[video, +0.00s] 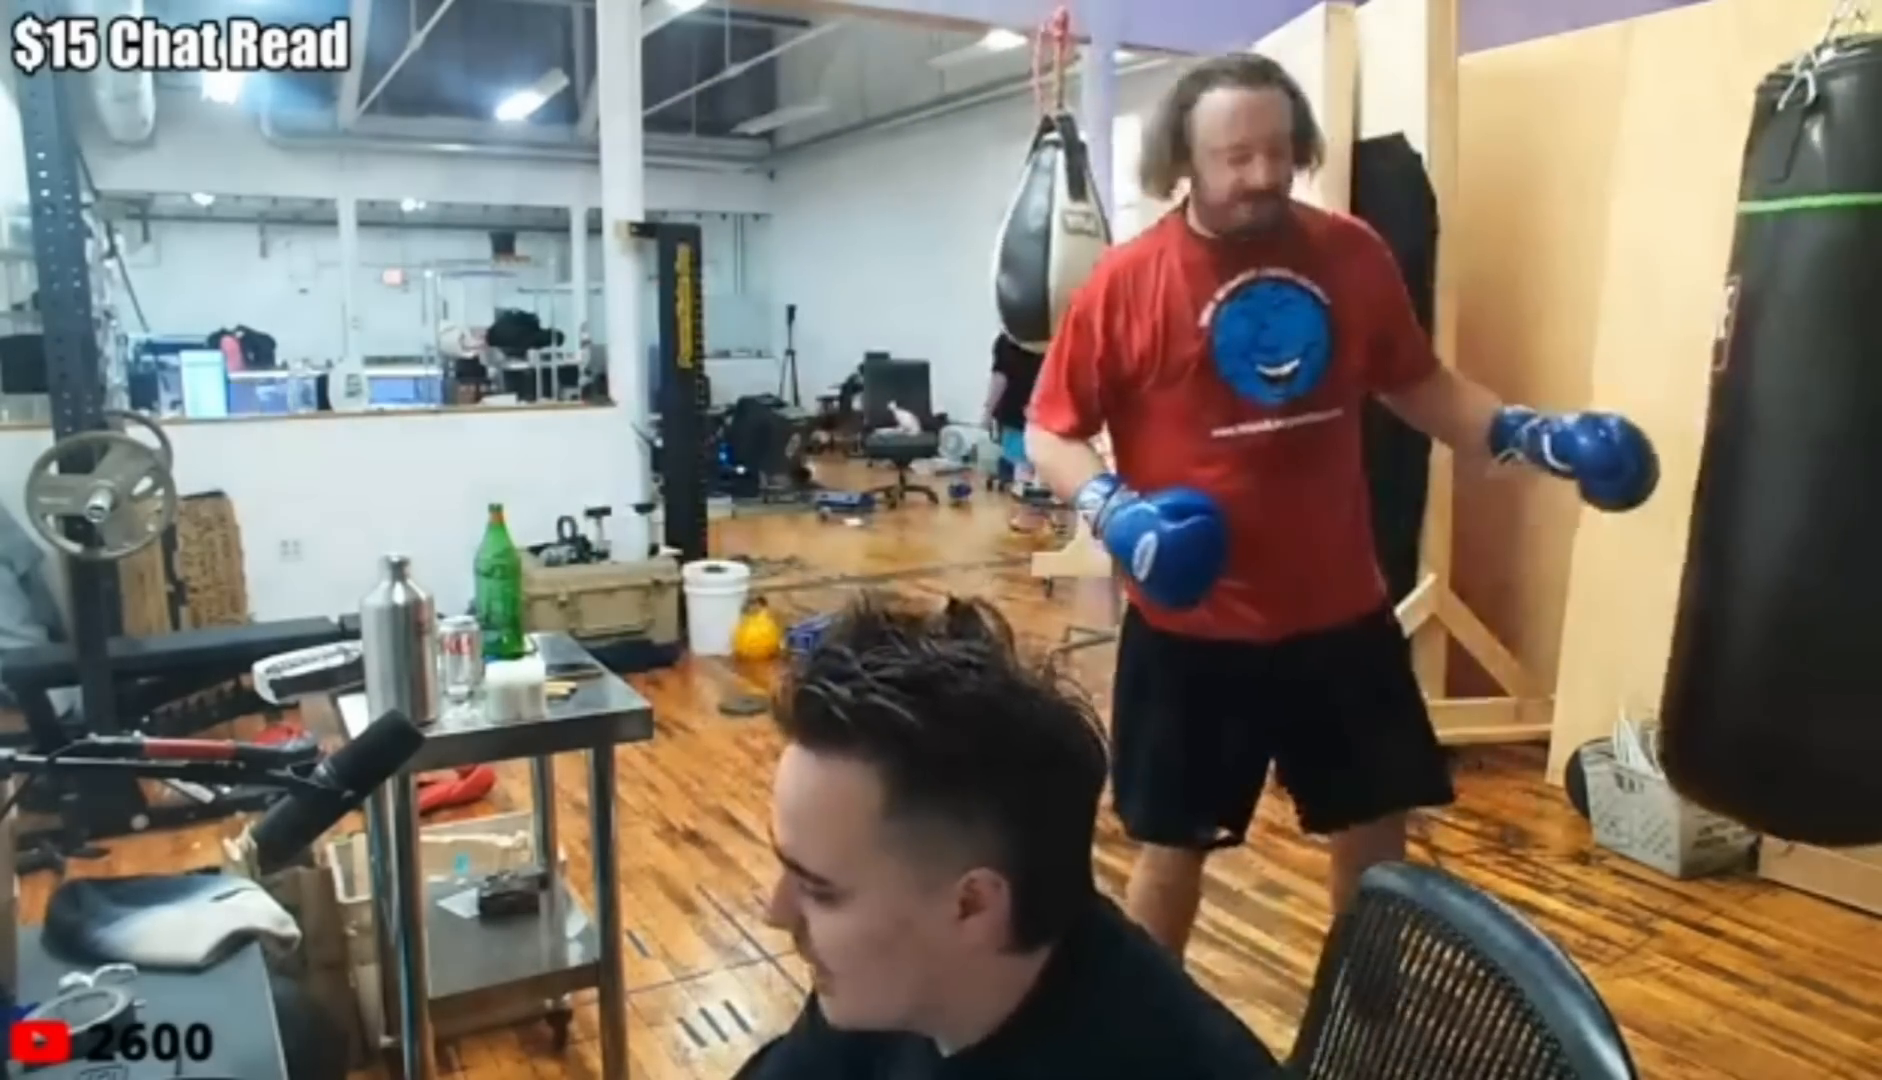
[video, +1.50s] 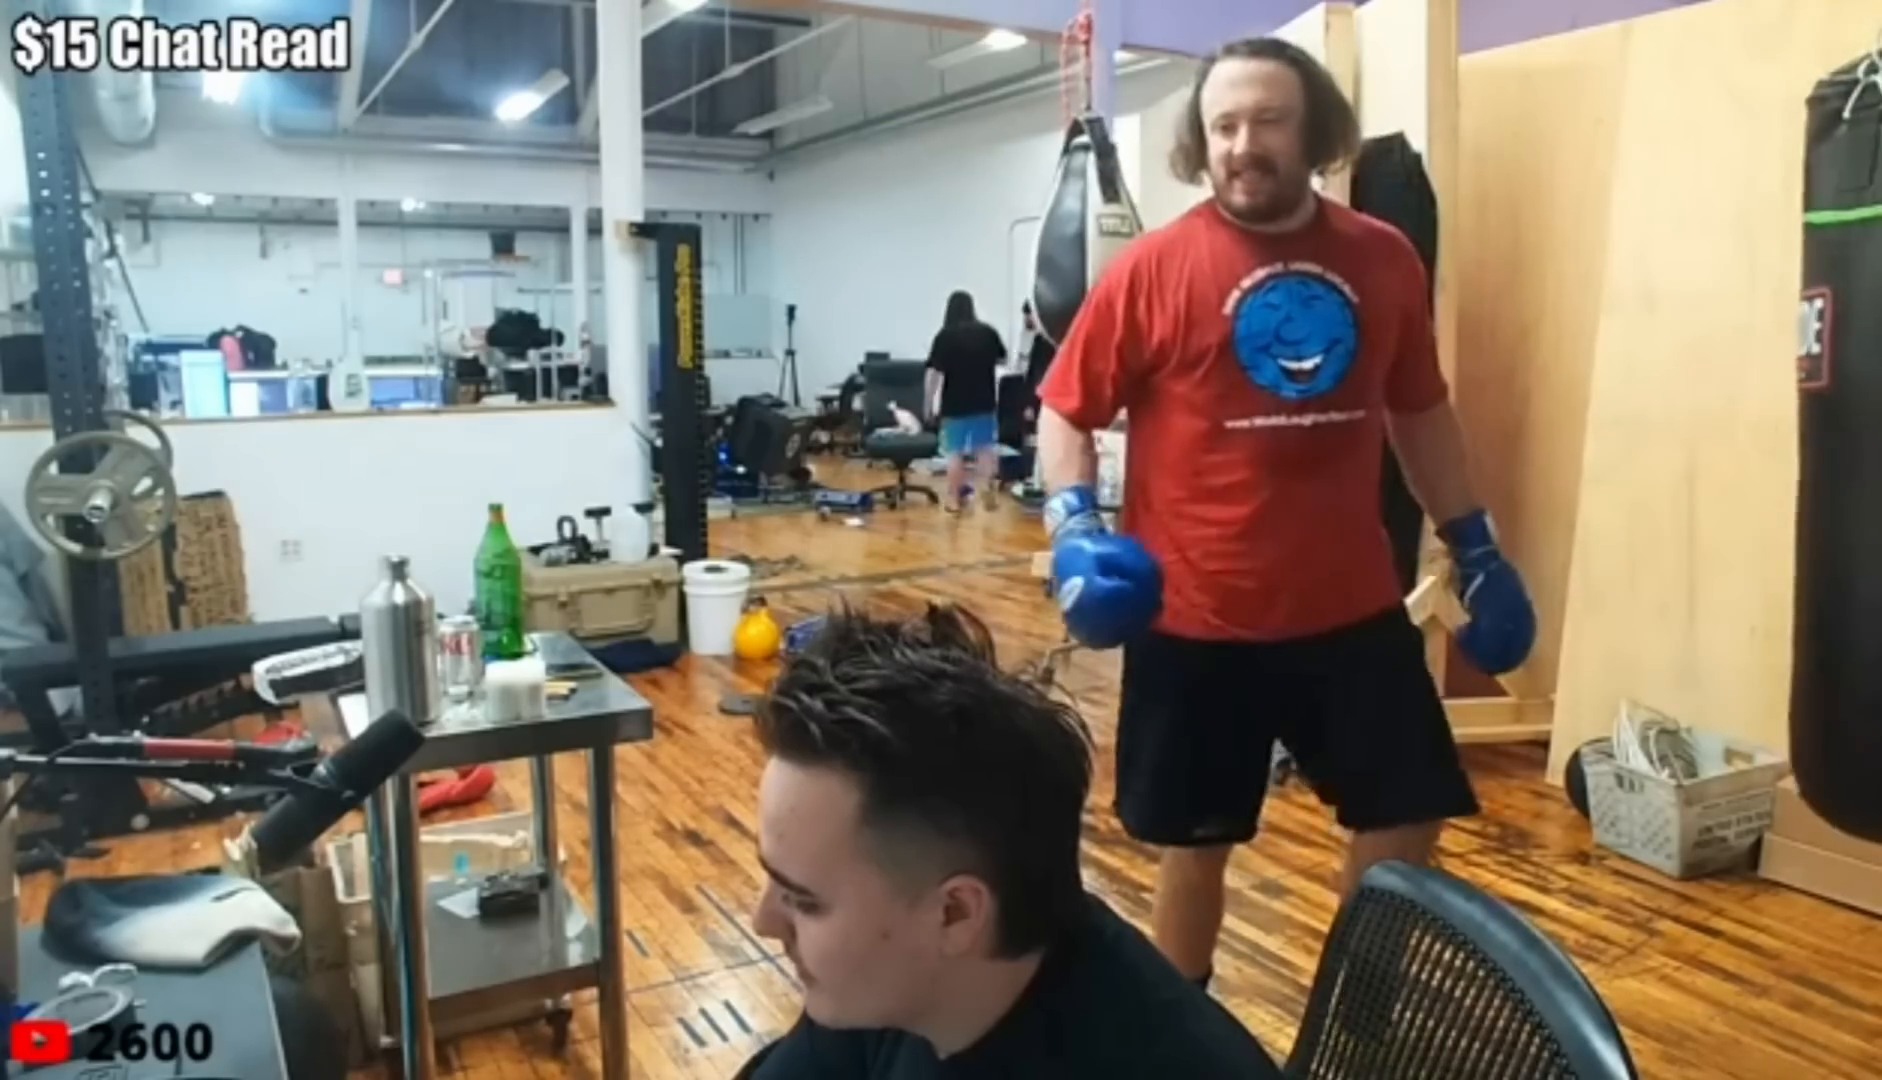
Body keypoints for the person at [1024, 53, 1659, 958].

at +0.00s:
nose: (1261, 176)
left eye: (1278, 153)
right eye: (1236, 156)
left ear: (1299, 154)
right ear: (1185, 162)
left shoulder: (1350, 255)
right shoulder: (1127, 282)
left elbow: (1422, 385)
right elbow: (1050, 431)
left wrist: (1538, 434)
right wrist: (1115, 512)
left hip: (1339, 620)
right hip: (1190, 630)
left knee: (1375, 842)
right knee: (1167, 863)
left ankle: (1377, 1044)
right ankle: (1139, 1054)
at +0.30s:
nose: (1368, 173)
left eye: (1372, 150)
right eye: (1341, 153)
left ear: (1376, 151)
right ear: (1269, 165)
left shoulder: (1405, 268)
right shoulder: (1188, 292)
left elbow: (1490, 397)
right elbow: (1111, 434)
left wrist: (1602, 436)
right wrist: (1173, 519)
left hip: (1385, 631)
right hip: (1244, 635)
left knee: (1390, 854)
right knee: (1200, 858)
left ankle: (1377, 1045)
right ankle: (1145, 1039)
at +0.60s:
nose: (1447, 168)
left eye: (1451, 147)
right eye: (1425, 150)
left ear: (1453, 149)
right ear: (1352, 155)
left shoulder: (1456, 271)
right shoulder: (1264, 279)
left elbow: (1501, 408)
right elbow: (1198, 440)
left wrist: (1566, 452)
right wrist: (1322, 513)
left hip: (1420, 616)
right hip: (1297, 617)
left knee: (1385, 823)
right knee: (1258, 826)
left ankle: (1371, 1013)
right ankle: (1170, 1003)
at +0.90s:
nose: (1451, 169)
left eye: (1456, 148)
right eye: (1431, 150)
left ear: (1454, 149)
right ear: (1357, 150)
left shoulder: (1455, 275)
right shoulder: (1263, 278)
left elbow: (1485, 414)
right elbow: (1204, 444)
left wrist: (1509, 479)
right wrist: (1337, 503)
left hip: (1410, 620)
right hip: (1291, 625)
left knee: (1381, 830)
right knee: (1259, 835)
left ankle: (1367, 1018)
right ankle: (1191, 1015)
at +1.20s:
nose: (1319, 162)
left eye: (1342, 139)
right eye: (1295, 141)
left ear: (1376, 151)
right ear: (1259, 155)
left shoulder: (1423, 268)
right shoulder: (1203, 280)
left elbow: (1456, 418)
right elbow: (1131, 435)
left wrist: (1483, 533)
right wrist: (1200, 532)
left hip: (1378, 628)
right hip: (1240, 629)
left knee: (1376, 847)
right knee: (1219, 856)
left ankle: (1372, 1034)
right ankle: (1181, 1039)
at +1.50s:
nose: (1244, 145)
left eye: (1270, 122)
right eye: (1224, 124)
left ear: (1316, 136)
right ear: (1199, 140)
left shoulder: (1381, 260)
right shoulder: (1148, 273)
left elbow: (1420, 409)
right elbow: (1065, 406)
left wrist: (1477, 554)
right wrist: (1076, 528)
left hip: (1351, 623)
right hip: (1194, 631)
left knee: (1402, 830)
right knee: (1194, 849)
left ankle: (1360, 1040)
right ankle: (1174, 1046)